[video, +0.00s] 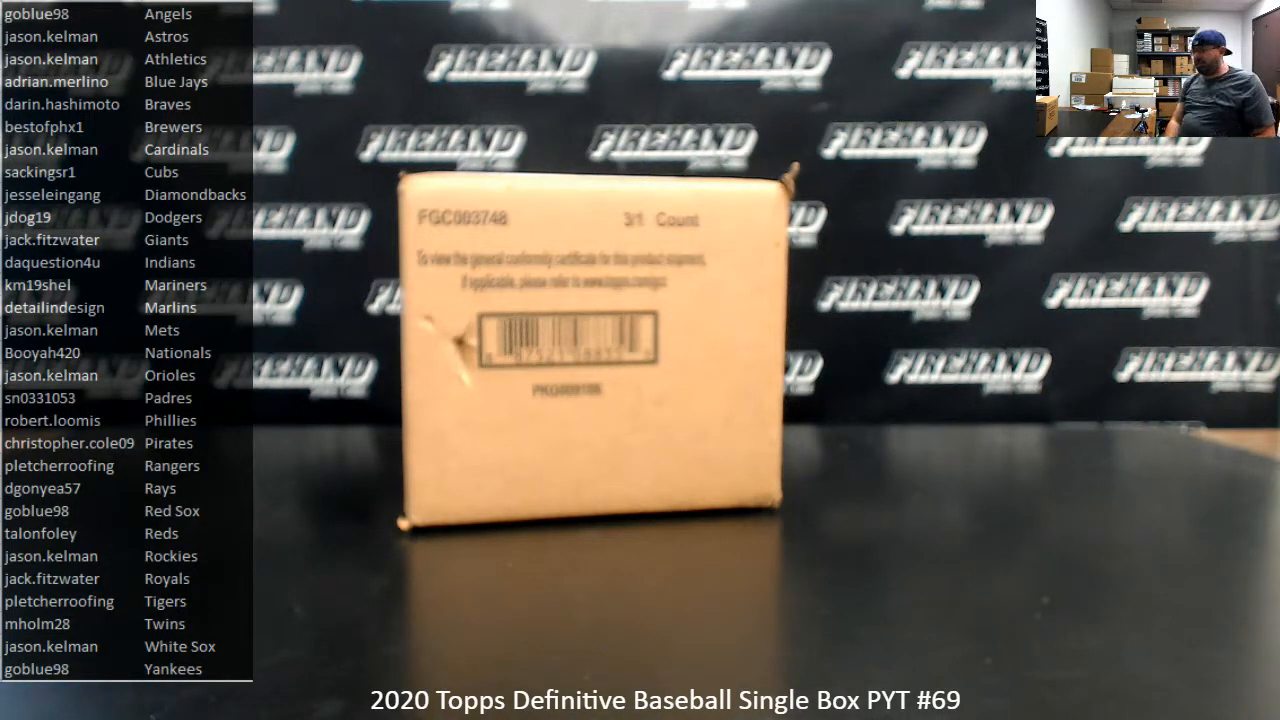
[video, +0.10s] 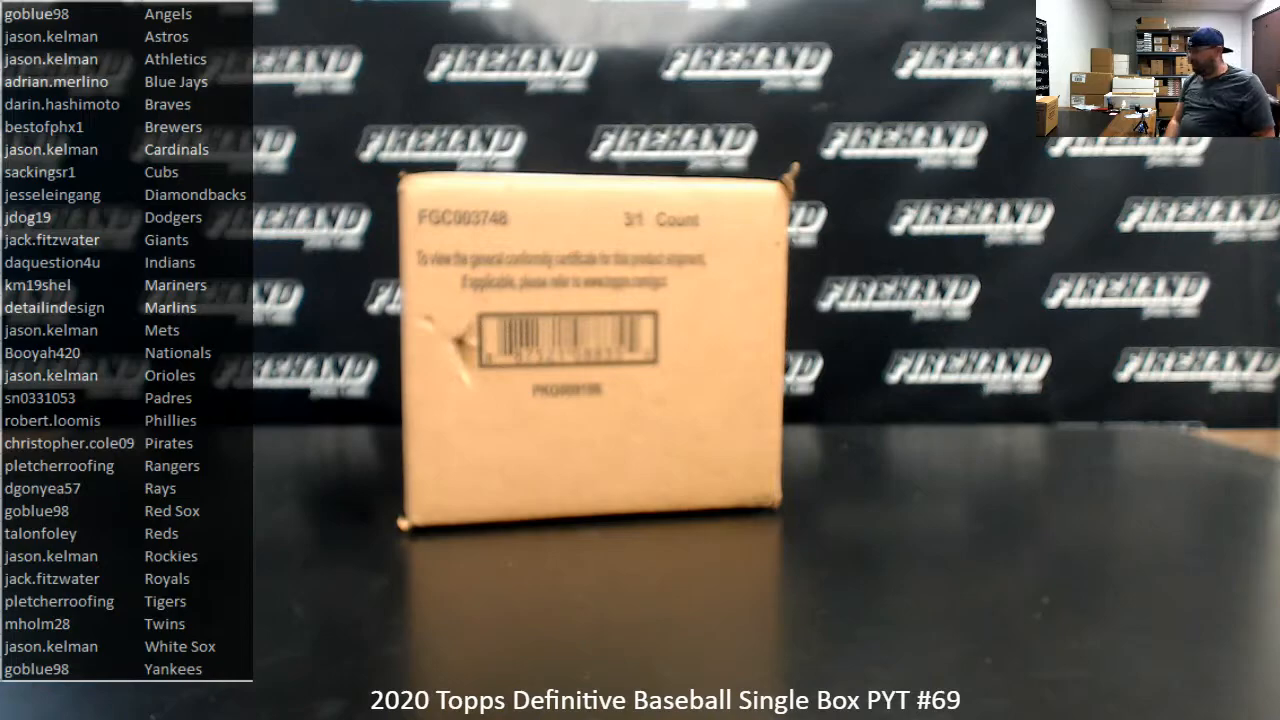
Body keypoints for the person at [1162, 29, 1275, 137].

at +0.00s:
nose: (1197, 57)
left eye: (1203, 51)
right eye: (1194, 52)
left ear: (1221, 52)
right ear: (1191, 54)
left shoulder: (1248, 82)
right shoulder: (1190, 83)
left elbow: (1267, 134)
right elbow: (1176, 120)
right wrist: (1167, 149)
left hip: (1229, 162)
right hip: (1187, 160)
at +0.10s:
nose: (1190, 58)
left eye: (1196, 51)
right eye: (1190, 52)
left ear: (1217, 51)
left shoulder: (1247, 83)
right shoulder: (1191, 82)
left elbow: (1266, 136)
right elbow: (1176, 120)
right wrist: (1164, 149)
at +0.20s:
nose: (1185, 58)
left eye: (1191, 52)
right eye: (1185, 52)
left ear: (1214, 51)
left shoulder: (1245, 85)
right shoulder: (1189, 83)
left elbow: (1265, 140)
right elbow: (1175, 121)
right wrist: (1164, 151)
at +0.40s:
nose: (1168, 62)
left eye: (1174, 55)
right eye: (1169, 55)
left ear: (1196, 54)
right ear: (1196, 55)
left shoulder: (1231, 90)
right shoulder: (1181, 86)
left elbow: (1256, 143)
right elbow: (1171, 123)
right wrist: (1163, 155)